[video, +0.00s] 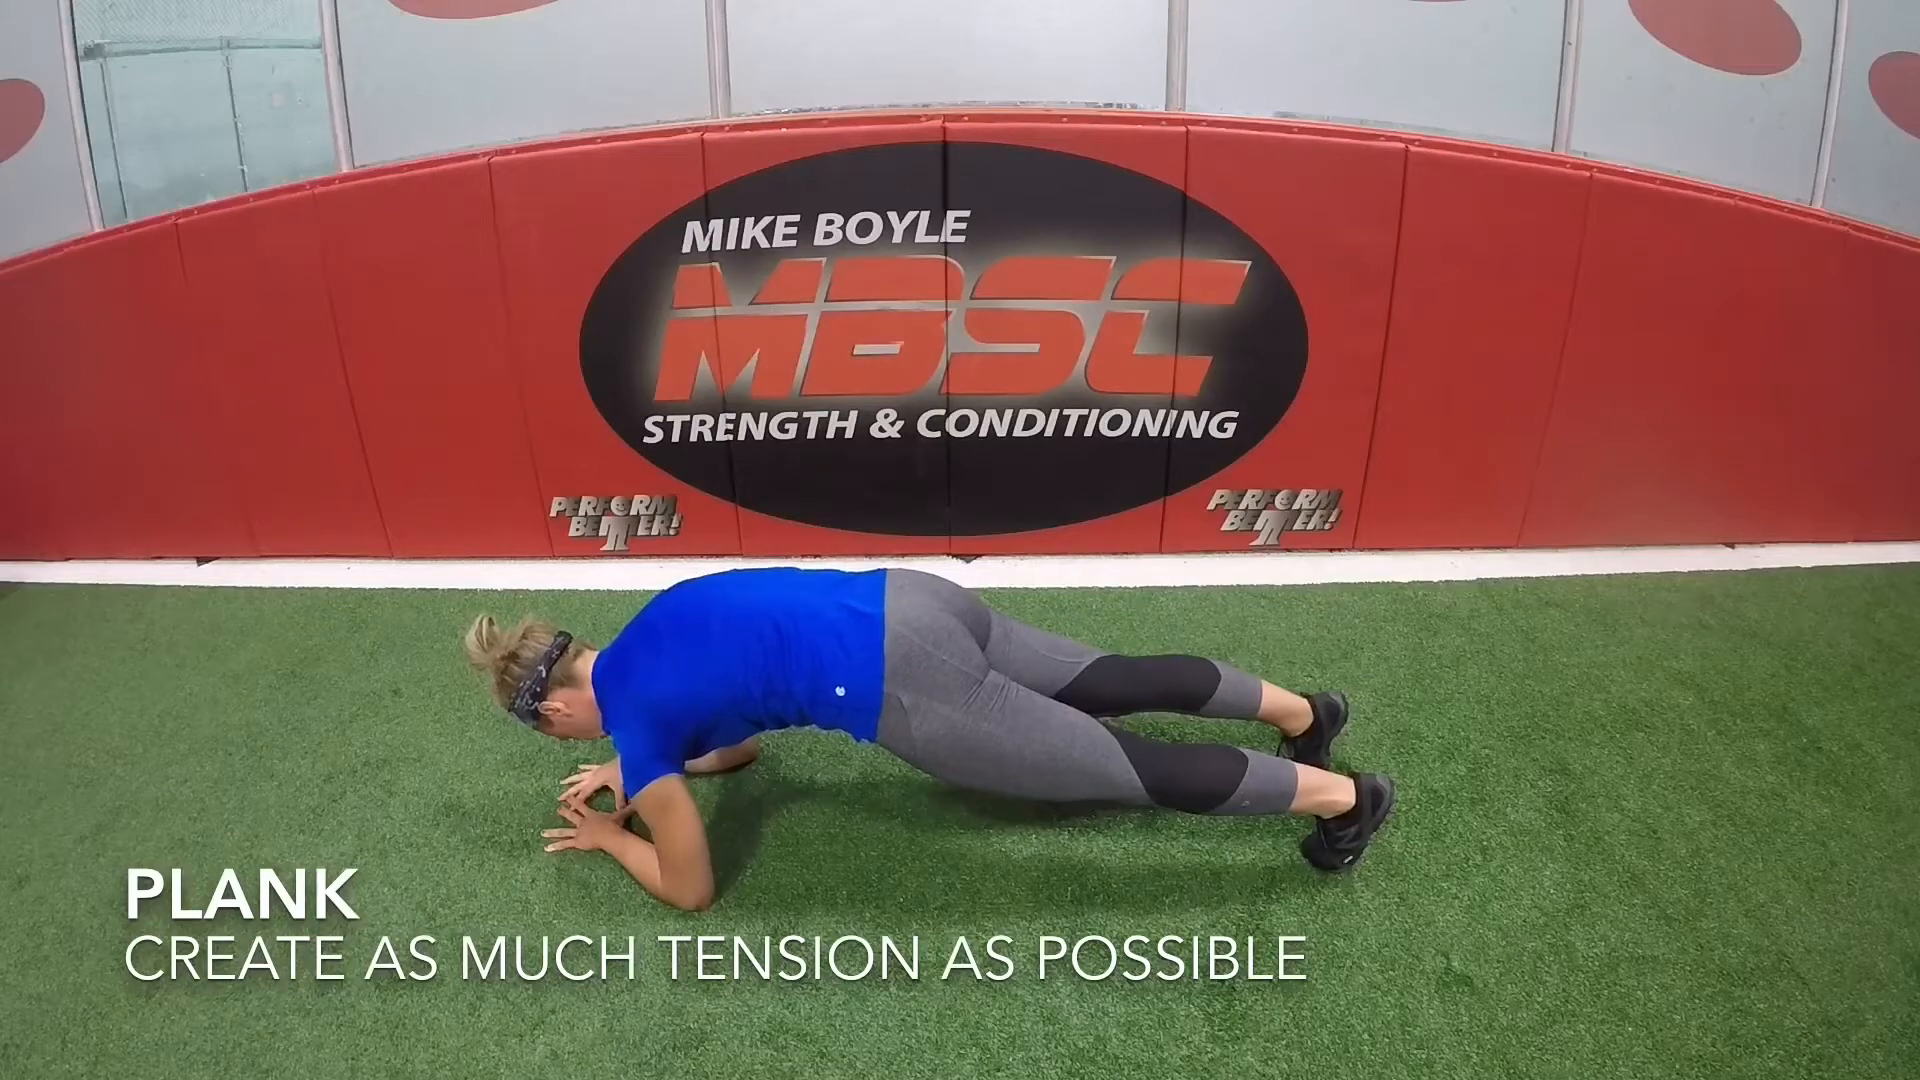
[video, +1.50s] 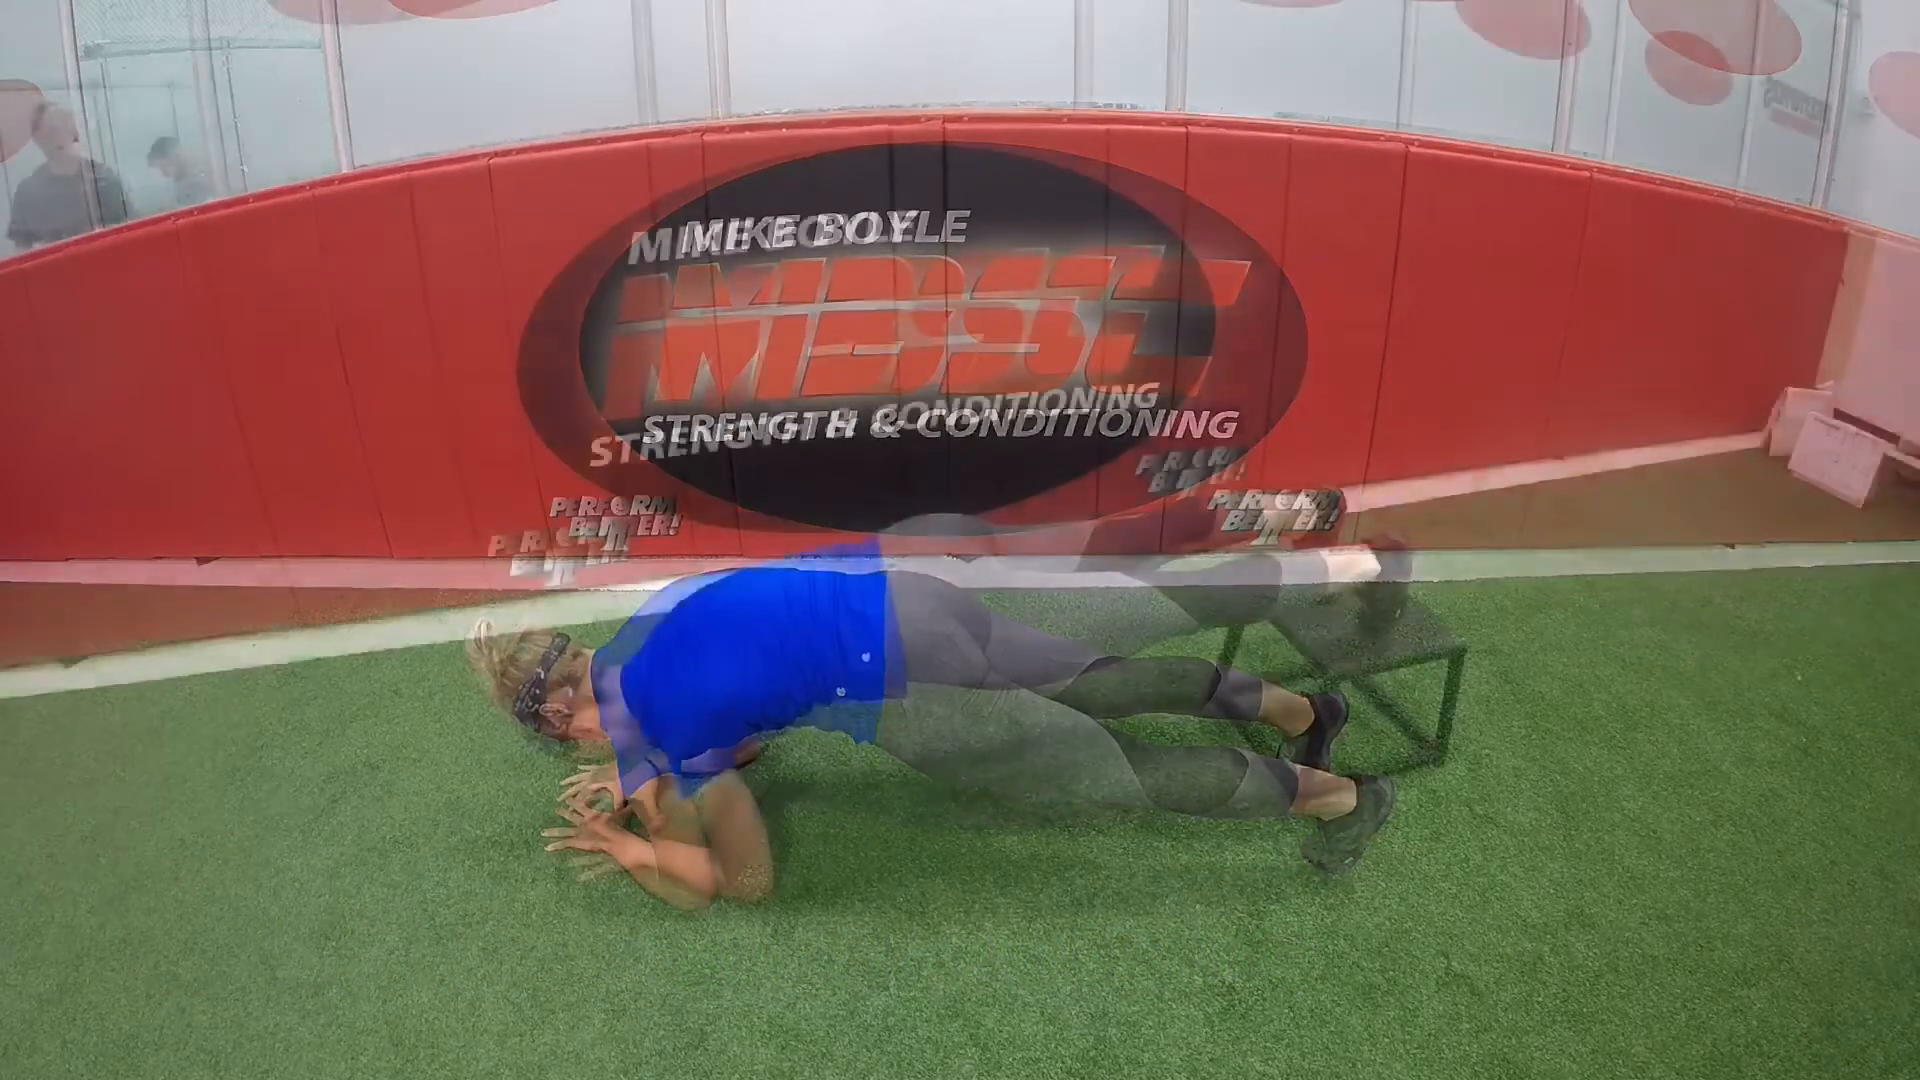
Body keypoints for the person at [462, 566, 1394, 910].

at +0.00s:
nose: (570, 737)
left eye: (555, 731)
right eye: (559, 731)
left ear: (562, 700)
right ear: (576, 650)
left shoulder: (633, 718)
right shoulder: (657, 613)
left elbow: (687, 885)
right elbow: (738, 744)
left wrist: (615, 841)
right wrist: (639, 778)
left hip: (899, 688)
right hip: (914, 592)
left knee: (1131, 769)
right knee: (1105, 678)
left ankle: (1341, 795)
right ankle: (1307, 715)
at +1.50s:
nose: (582, 744)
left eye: (564, 732)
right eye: (569, 734)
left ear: (575, 703)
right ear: (581, 660)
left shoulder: (650, 711)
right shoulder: (653, 627)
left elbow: (739, 878)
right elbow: (739, 759)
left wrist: (629, 852)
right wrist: (649, 782)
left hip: (897, 681)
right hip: (906, 583)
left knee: (1106, 774)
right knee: (1082, 670)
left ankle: (1325, 791)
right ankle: (1283, 706)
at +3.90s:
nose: (610, 753)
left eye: (593, 744)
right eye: (598, 746)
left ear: (602, 710)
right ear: (600, 671)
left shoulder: (688, 717)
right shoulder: (673, 630)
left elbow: (747, 877)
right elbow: (748, 743)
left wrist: (645, 853)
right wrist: (659, 795)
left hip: (942, 630)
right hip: (920, 540)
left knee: (1176, 608)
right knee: (1118, 544)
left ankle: (1344, 566)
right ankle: (1274, 508)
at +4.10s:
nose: (608, 753)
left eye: (592, 744)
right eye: (596, 746)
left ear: (602, 709)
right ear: (601, 671)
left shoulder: (690, 718)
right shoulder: (673, 630)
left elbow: (747, 878)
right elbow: (750, 742)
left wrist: (644, 852)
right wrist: (660, 794)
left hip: (942, 630)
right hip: (920, 541)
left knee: (1175, 608)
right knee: (1115, 545)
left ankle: (1342, 567)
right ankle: (1269, 508)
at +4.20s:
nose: (608, 753)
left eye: (592, 743)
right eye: (596, 746)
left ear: (601, 709)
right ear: (601, 671)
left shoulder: (690, 718)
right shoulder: (673, 630)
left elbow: (747, 877)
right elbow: (749, 742)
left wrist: (644, 852)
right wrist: (660, 794)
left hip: (942, 630)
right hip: (920, 540)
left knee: (1175, 608)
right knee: (1116, 545)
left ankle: (1343, 566)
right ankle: (1270, 508)